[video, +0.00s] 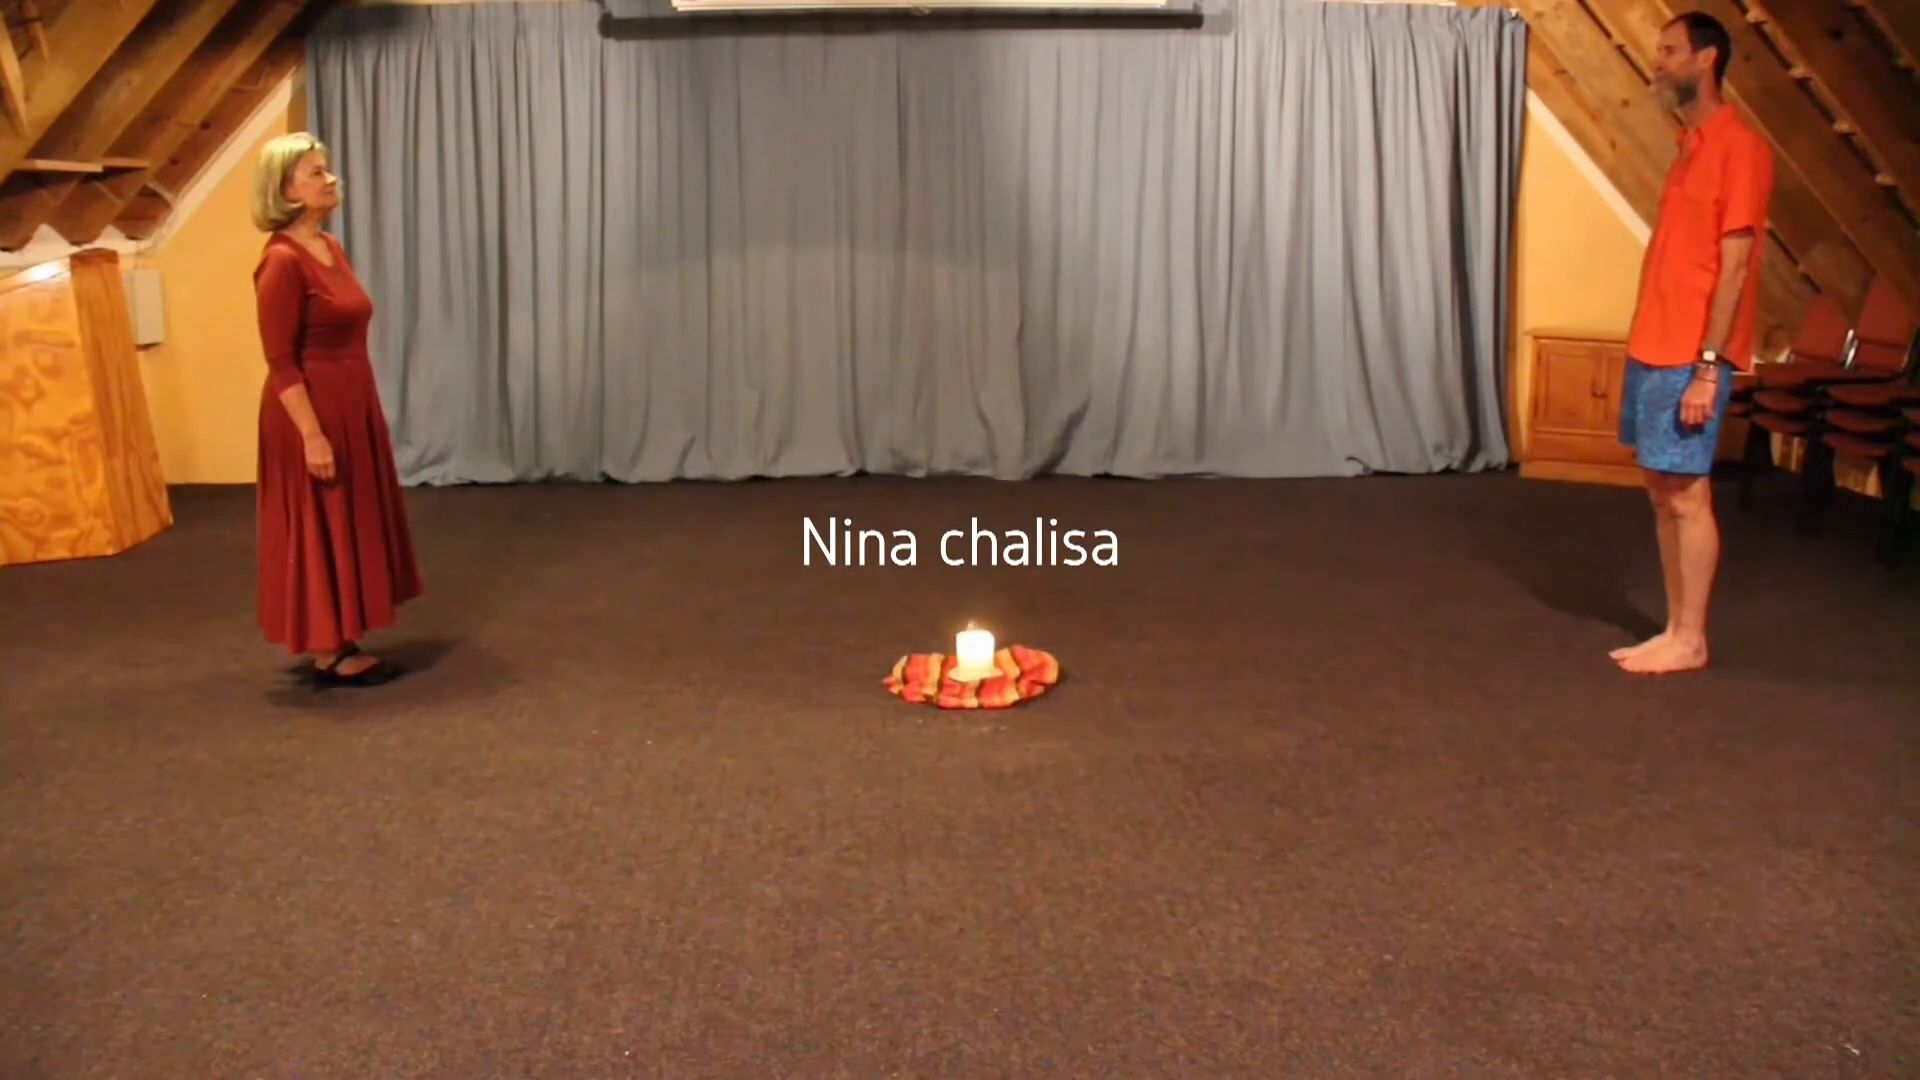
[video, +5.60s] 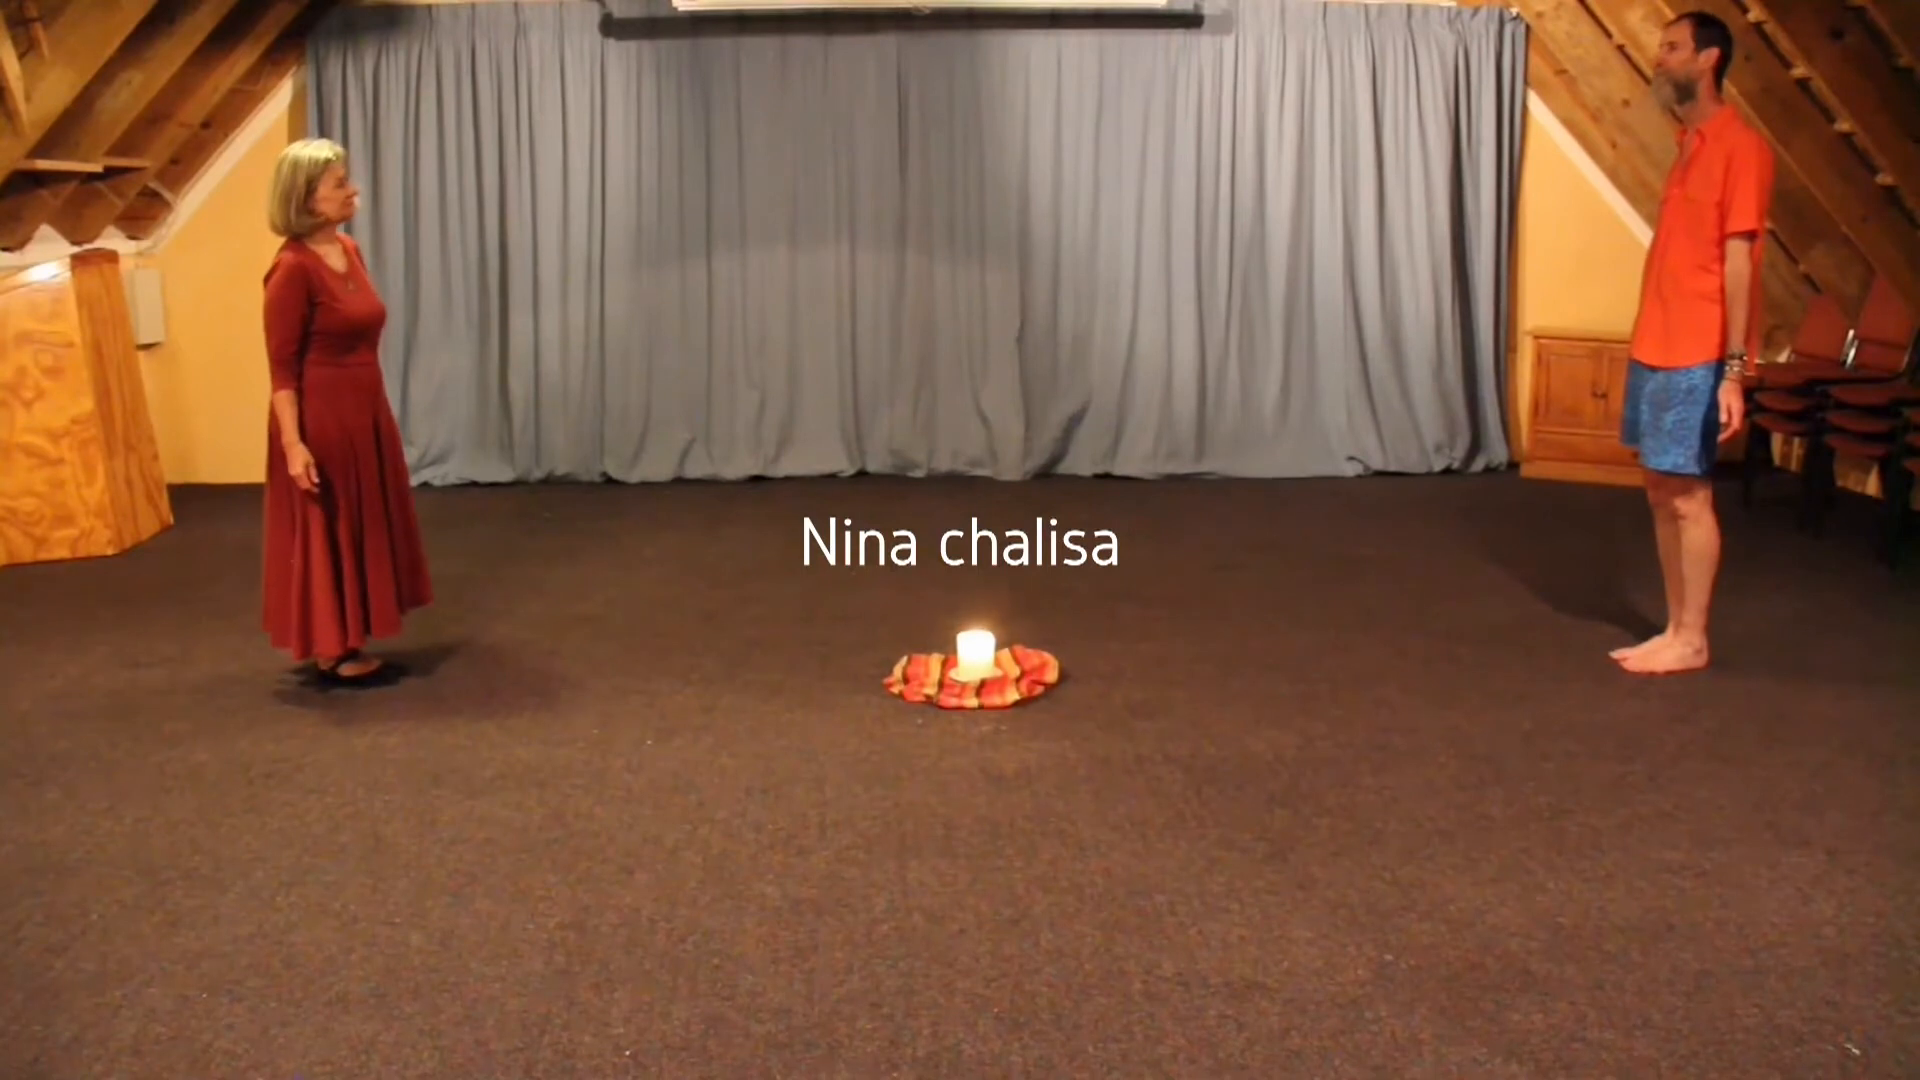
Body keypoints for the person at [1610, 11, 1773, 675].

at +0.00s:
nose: (1657, 63)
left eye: (1669, 51)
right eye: (1658, 51)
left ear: (1707, 58)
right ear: (1694, 59)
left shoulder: (1740, 144)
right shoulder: (1695, 142)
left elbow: (1736, 265)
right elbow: (1684, 257)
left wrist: (1710, 364)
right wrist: (1656, 348)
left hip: (1692, 358)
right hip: (1657, 353)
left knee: (1688, 499)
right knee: (1663, 495)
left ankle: (1691, 639)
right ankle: (1676, 631)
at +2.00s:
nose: (1656, 56)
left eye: (1670, 45)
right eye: (1658, 44)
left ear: (1708, 58)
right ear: (1688, 60)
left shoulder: (1738, 144)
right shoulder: (1690, 142)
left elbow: (1735, 260)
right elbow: (1684, 255)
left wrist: (1727, 368)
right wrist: (1651, 345)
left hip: (1691, 357)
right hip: (1653, 351)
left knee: (1686, 496)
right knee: (1660, 492)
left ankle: (1692, 639)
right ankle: (1677, 630)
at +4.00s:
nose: (1652, 59)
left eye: (1664, 48)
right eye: (1653, 47)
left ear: (1702, 58)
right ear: (1691, 59)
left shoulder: (1734, 142)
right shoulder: (1694, 140)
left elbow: (1729, 258)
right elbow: (1693, 255)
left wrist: (1719, 366)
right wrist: (1662, 348)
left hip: (1691, 357)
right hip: (1658, 352)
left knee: (1688, 498)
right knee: (1663, 494)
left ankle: (1692, 639)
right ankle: (1677, 630)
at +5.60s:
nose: (1659, 58)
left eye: (1672, 47)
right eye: (1660, 46)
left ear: (1710, 59)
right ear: (1691, 60)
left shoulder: (1740, 143)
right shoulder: (1694, 142)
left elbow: (1739, 259)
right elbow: (1692, 256)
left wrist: (1734, 367)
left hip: (1696, 356)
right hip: (1658, 350)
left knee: (1688, 497)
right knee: (1662, 492)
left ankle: (1693, 639)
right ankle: (1677, 630)